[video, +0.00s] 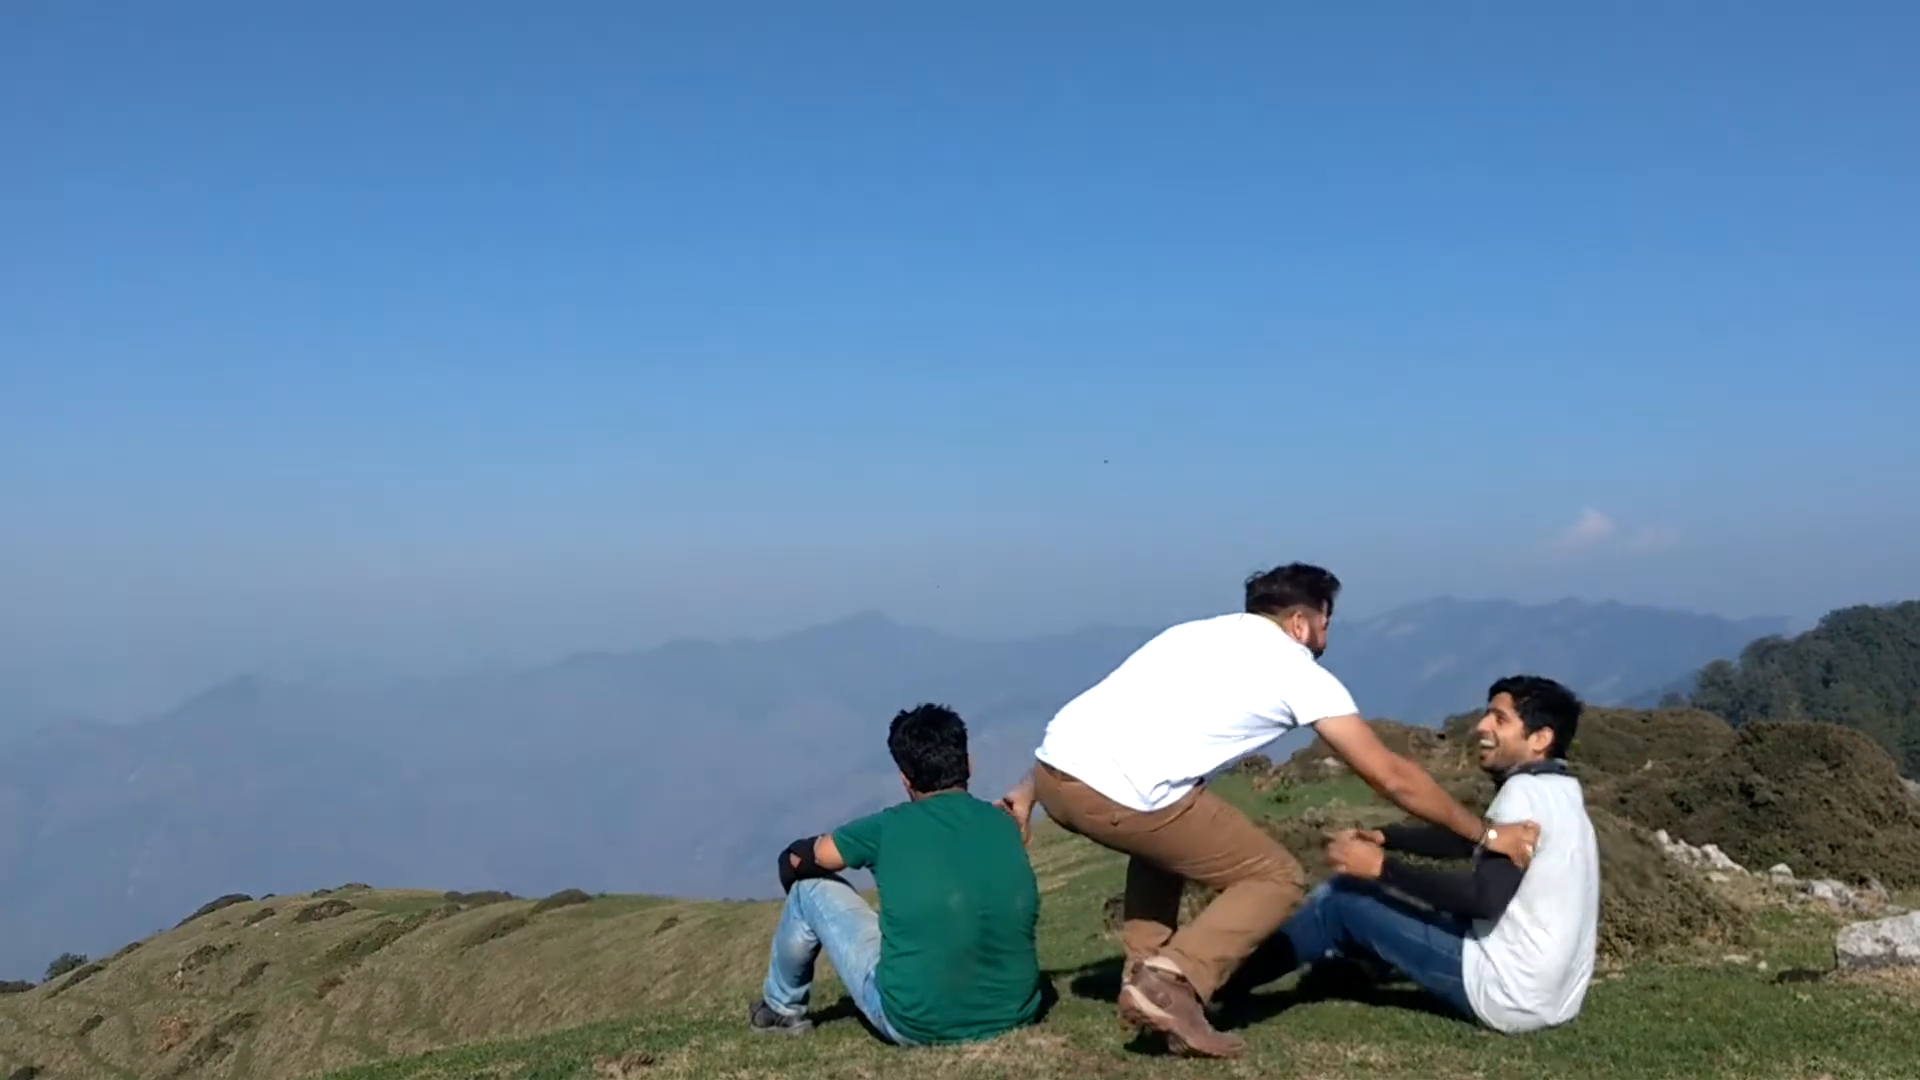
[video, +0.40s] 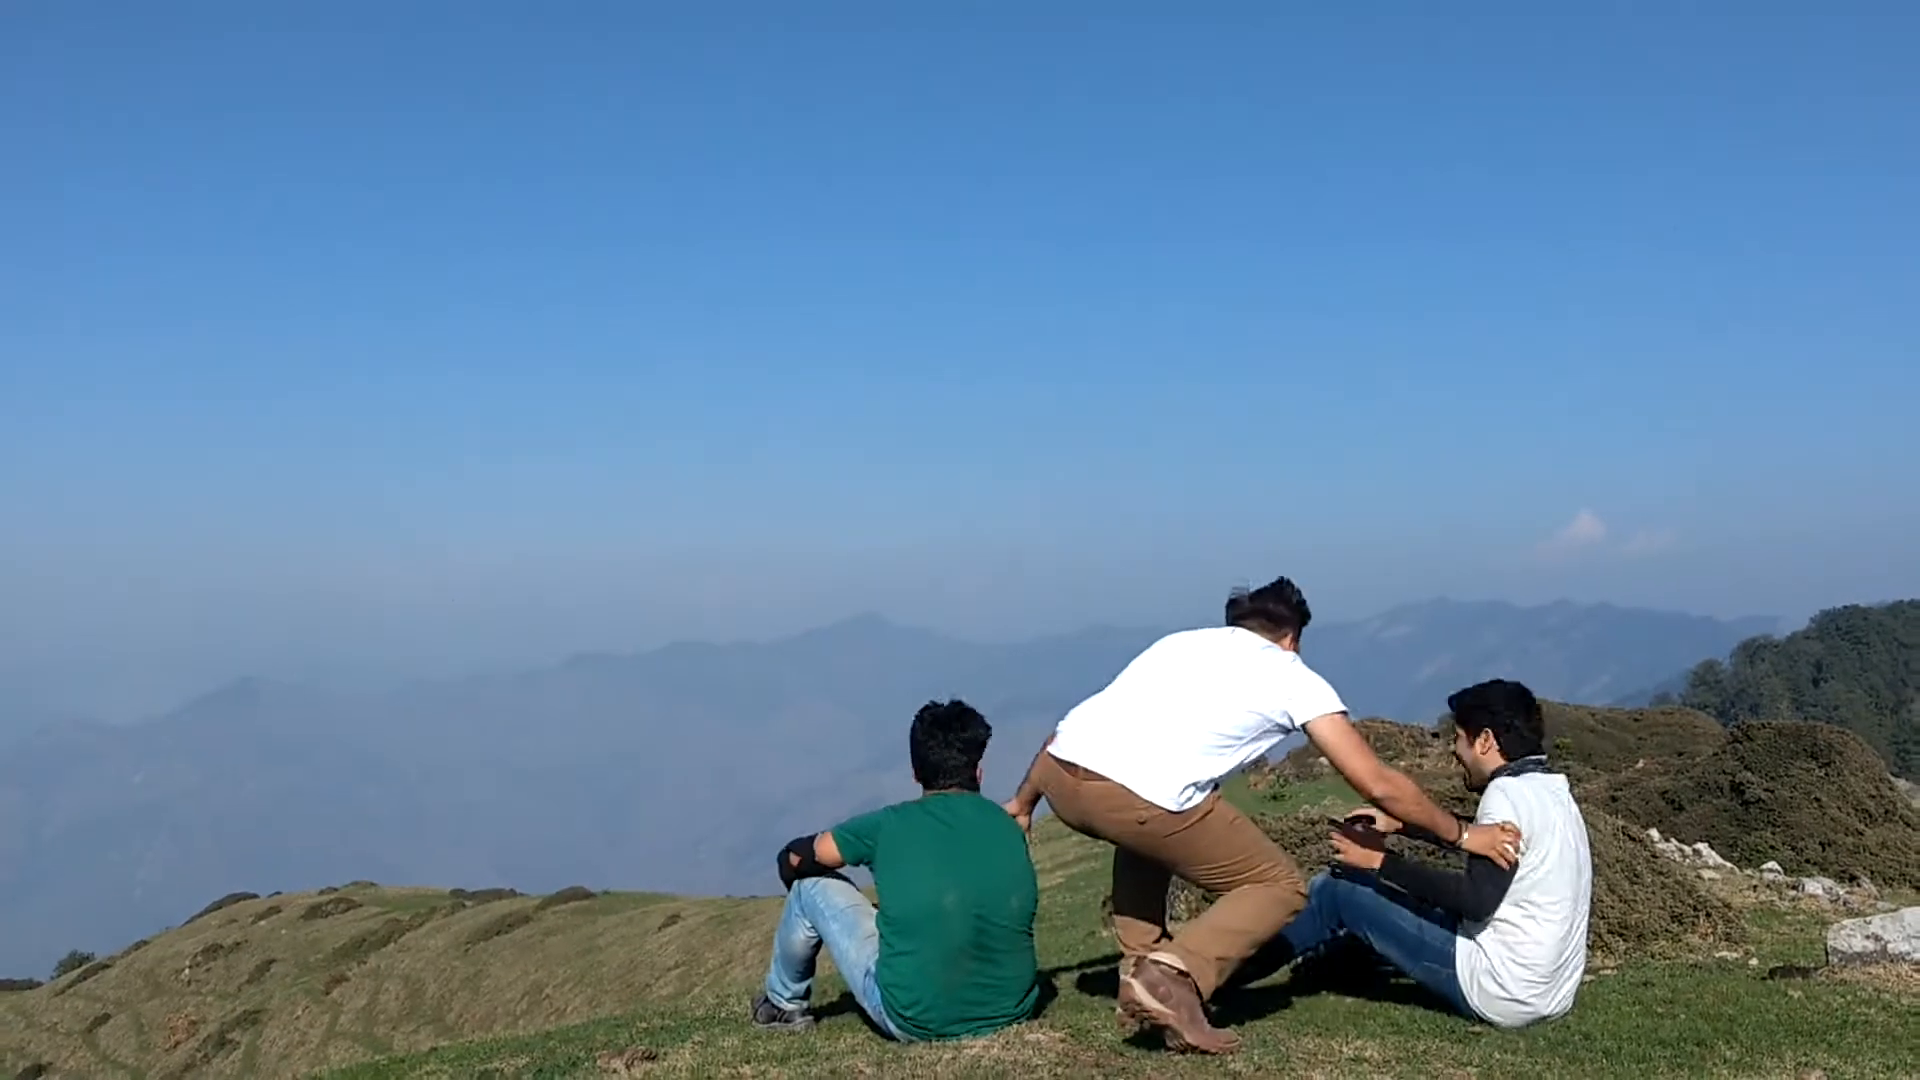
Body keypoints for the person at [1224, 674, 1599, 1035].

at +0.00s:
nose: (1481, 727)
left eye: (1499, 718)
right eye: (1487, 714)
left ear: (1540, 740)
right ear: (1541, 743)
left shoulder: (1524, 793)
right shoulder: (1562, 793)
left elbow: (1485, 900)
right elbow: (1469, 841)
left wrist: (1383, 869)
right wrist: (1384, 837)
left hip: (1505, 993)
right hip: (1549, 990)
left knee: (1338, 902)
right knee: (1370, 879)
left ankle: (1216, 982)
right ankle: (1350, 963)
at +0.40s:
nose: (1457, 752)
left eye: (1459, 738)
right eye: (1456, 739)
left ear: (1487, 741)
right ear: (1511, 740)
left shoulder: (1506, 795)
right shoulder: (1554, 789)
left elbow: (1479, 901)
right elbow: (1473, 847)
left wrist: (1381, 864)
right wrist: (1399, 825)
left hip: (1499, 991)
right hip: (1548, 985)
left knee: (1334, 891)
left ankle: (1215, 973)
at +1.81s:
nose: (1458, 715)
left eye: (1472, 704)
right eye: (1461, 702)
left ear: (1516, 716)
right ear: (1519, 719)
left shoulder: (1512, 784)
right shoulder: (1566, 771)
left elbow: (1530, 896)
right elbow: (1590, 881)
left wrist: (1513, 1009)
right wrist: (1590, 974)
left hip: (1512, 967)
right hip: (1554, 964)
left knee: (1348, 891)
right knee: (1456, 869)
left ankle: (1215, 981)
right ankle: (1352, 965)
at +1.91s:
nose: (1460, 718)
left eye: (1475, 707)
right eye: (1463, 705)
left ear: (1519, 718)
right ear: (1520, 720)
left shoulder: (1517, 788)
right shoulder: (1563, 772)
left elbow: (1533, 901)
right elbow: (1589, 880)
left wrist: (1512, 1013)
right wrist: (1591, 975)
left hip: (1516, 970)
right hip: (1557, 963)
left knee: (1353, 898)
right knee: (1455, 869)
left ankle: (1219, 983)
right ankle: (1348, 967)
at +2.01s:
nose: (1463, 719)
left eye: (1478, 708)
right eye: (1466, 706)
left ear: (1522, 719)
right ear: (1522, 721)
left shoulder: (1520, 790)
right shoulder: (1564, 773)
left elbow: (1535, 902)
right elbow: (1589, 880)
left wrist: (1513, 1013)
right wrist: (1591, 977)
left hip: (1516, 971)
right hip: (1557, 964)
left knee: (1355, 903)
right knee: (1456, 869)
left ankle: (1218, 985)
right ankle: (1351, 966)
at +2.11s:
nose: (1471, 713)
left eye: (1486, 703)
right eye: (1474, 701)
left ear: (1531, 714)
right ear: (1531, 714)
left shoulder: (1526, 787)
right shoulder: (1572, 771)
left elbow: (1536, 900)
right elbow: (1593, 879)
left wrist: (1514, 1011)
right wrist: (1593, 973)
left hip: (1515, 967)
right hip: (1556, 962)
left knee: (1358, 899)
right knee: (1453, 863)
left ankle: (1222, 981)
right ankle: (1350, 963)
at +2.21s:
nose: (1476, 713)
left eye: (1491, 702)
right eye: (1479, 701)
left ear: (1536, 714)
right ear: (1535, 716)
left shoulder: (1530, 790)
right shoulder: (1573, 772)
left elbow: (1537, 902)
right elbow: (1593, 881)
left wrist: (1513, 1013)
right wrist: (1592, 975)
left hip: (1512, 967)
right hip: (1552, 961)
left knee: (1355, 900)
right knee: (1448, 862)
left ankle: (1221, 982)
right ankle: (1345, 967)